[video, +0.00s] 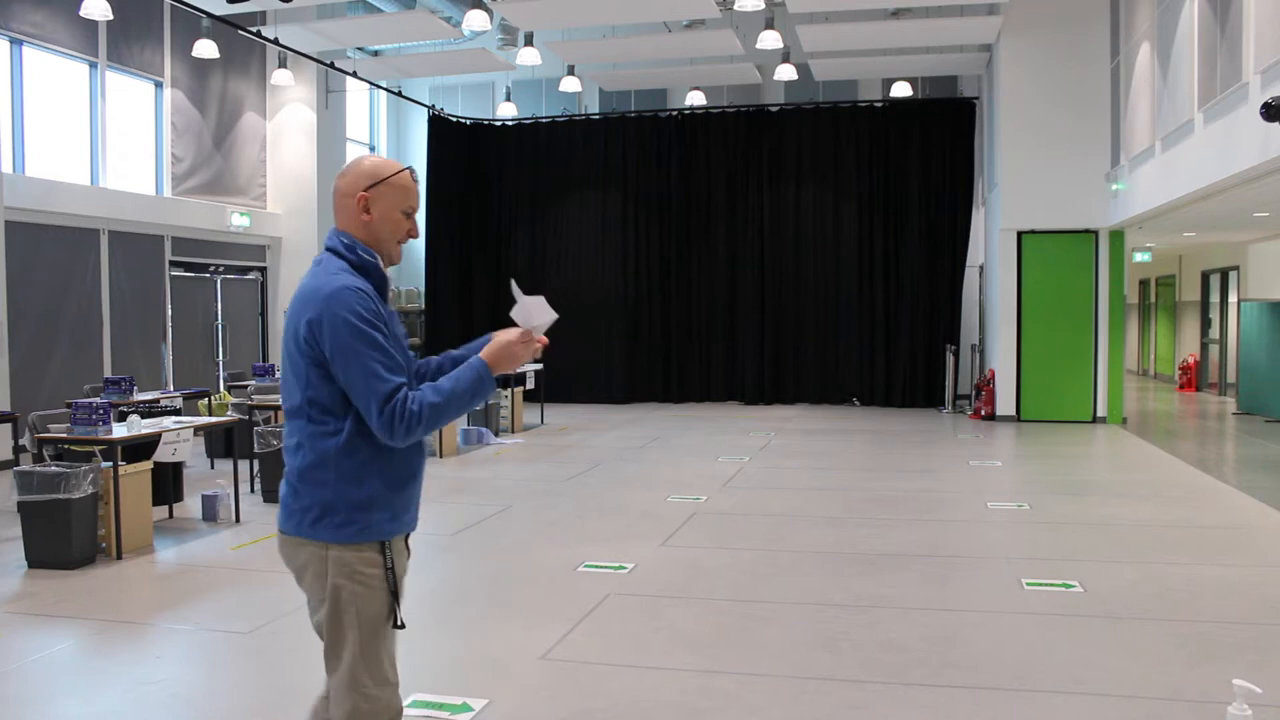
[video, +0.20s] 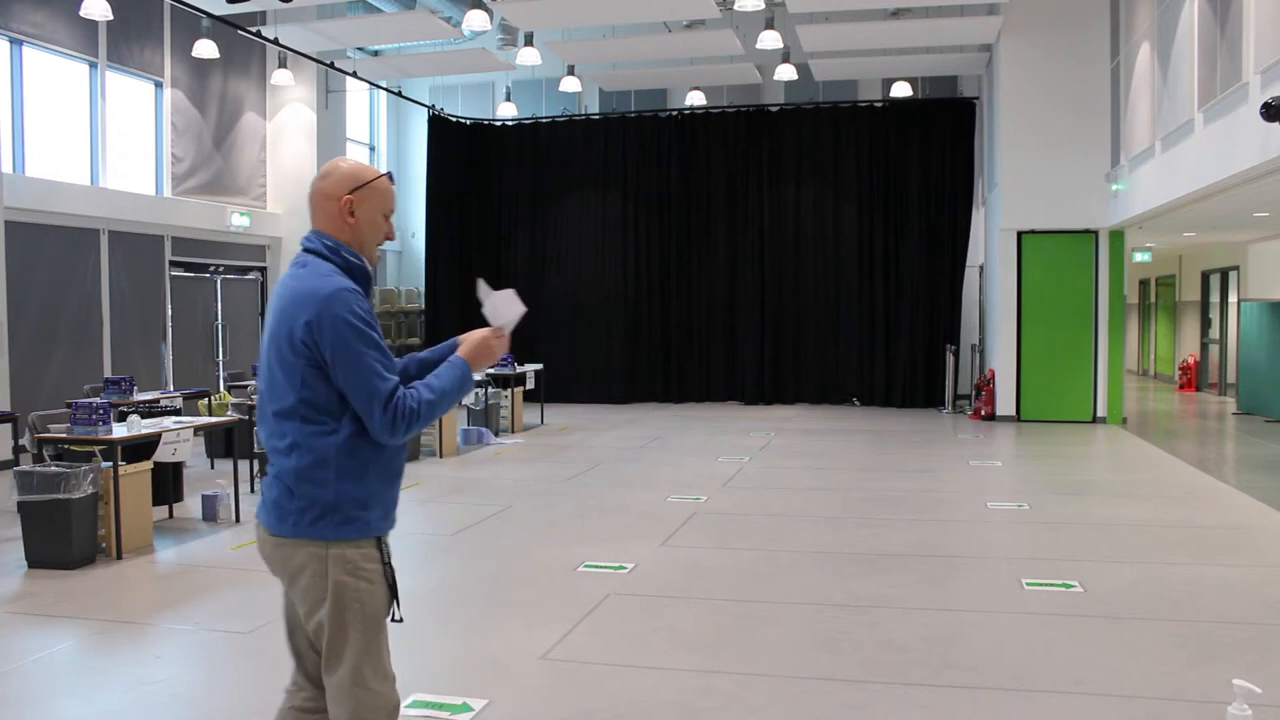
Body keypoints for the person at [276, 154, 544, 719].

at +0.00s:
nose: (414, 229)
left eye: (414, 215)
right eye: (406, 213)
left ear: (363, 209)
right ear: (363, 206)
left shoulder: (354, 288)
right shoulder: (339, 297)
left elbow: (410, 378)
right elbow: (396, 418)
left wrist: (492, 350)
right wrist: (489, 366)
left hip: (355, 529)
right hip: (344, 534)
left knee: (356, 692)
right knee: (368, 700)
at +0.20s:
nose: (392, 232)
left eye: (392, 217)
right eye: (386, 215)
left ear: (344, 211)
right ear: (349, 208)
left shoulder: (306, 283)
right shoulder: (334, 297)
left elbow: (382, 380)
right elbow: (391, 417)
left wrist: (457, 351)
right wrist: (467, 364)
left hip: (301, 525)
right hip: (332, 533)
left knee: (314, 690)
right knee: (367, 700)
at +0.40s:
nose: (368, 231)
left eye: (368, 217)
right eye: (362, 216)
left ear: (320, 213)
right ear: (330, 211)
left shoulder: (268, 285)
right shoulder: (321, 297)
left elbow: (349, 382)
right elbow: (378, 414)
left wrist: (424, 360)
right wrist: (437, 366)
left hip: (260, 524)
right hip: (310, 535)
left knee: (282, 694)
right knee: (355, 699)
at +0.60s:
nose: (350, 227)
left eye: (349, 212)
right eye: (345, 212)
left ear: (300, 211)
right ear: (317, 211)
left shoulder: (246, 284)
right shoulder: (312, 296)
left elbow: (315, 390)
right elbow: (368, 410)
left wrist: (395, 365)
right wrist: (415, 361)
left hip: (239, 521)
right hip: (301, 534)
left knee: (272, 694)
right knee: (345, 699)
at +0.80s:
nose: (338, 226)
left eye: (337, 211)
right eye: (334, 211)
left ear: (276, 211)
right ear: (311, 209)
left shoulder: (231, 286)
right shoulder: (313, 295)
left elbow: (283, 392)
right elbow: (369, 410)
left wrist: (376, 364)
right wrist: (403, 357)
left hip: (233, 522)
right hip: (303, 533)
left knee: (267, 693)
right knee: (341, 694)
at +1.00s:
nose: (333, 214)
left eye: (331, 202)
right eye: (331, 203)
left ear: (265, 211)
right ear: (316, 208)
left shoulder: (227, 286)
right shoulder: (321, 295)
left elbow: (282, 380)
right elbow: (374, 407)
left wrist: (368, 349)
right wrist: (398, 352)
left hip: (234, 523)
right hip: (309, 532)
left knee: (268, 692)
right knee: (341, 694)